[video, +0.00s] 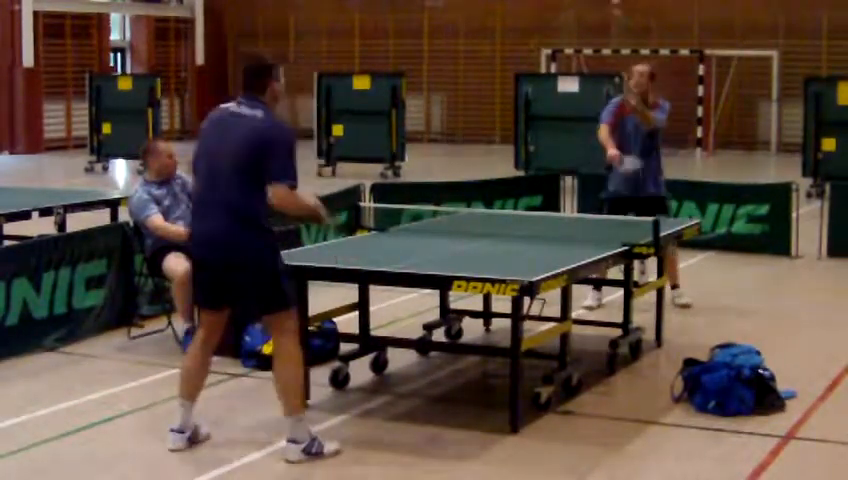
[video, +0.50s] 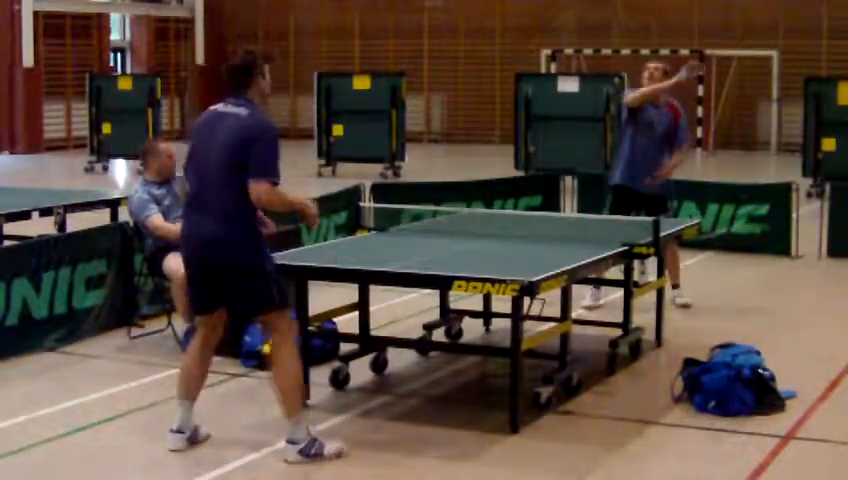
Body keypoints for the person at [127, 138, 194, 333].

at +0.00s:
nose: (174, 161)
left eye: (174, 156)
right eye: (168, 157)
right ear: (151, 162)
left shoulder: (182, 182)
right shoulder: (141, 196)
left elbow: (204, 199)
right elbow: (159, 227)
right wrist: (191, 235)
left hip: (194, 234)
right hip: (164, 243)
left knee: (218, 260)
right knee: (182, 270)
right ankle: (188, 325)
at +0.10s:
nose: (174, 161)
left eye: (173, 156)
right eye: (168, 157)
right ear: (151, 162)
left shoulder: (181, 183)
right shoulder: (141, 196)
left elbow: (199, 204)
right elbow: (159, 227)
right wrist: (192, 234)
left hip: (191, 234)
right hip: (162, 242)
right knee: (181, 270)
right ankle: (187, 325)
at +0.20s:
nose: (174, 160)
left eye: (173, 156)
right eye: (168, 156)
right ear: (152, 162)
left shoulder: (175, 185)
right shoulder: (140, 196)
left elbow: (190, 210)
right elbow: (159, 227)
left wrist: (199, 229)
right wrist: (191, 235)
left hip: (186, 237)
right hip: (160, 244)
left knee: (210, 260)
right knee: (180, 272)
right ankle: (188, 323)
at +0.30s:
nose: (174, 160)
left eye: (173, 156)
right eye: (168, 156)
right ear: (152, 162)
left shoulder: (175, 184)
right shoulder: (140, 196)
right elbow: (159, 227)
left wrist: (199, 229)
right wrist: (191, 235)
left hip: (186, 237)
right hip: (160, 245)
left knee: (210, 260)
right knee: (180, 271)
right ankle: (187, 322)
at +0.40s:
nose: (174, 160)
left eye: (173, 156)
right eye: (168, 156)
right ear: (152, 162)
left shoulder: (177, 184)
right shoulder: (140, 196)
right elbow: (159, 227)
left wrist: (200, 229)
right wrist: (191, 234)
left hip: (187, 237)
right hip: (160, 245)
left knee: (210, 260)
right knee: (180, 272)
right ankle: (187, 323)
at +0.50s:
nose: (174, 161)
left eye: (173, 156)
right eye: (169, 157)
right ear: (152, 163)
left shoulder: (179, 184)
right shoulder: (140, 196)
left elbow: (198, 207)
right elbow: (161, 228)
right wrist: (194, 232)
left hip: (190, 239)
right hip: (162, 246)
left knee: (214, 260)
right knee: (181, 271)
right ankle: (189, 324)